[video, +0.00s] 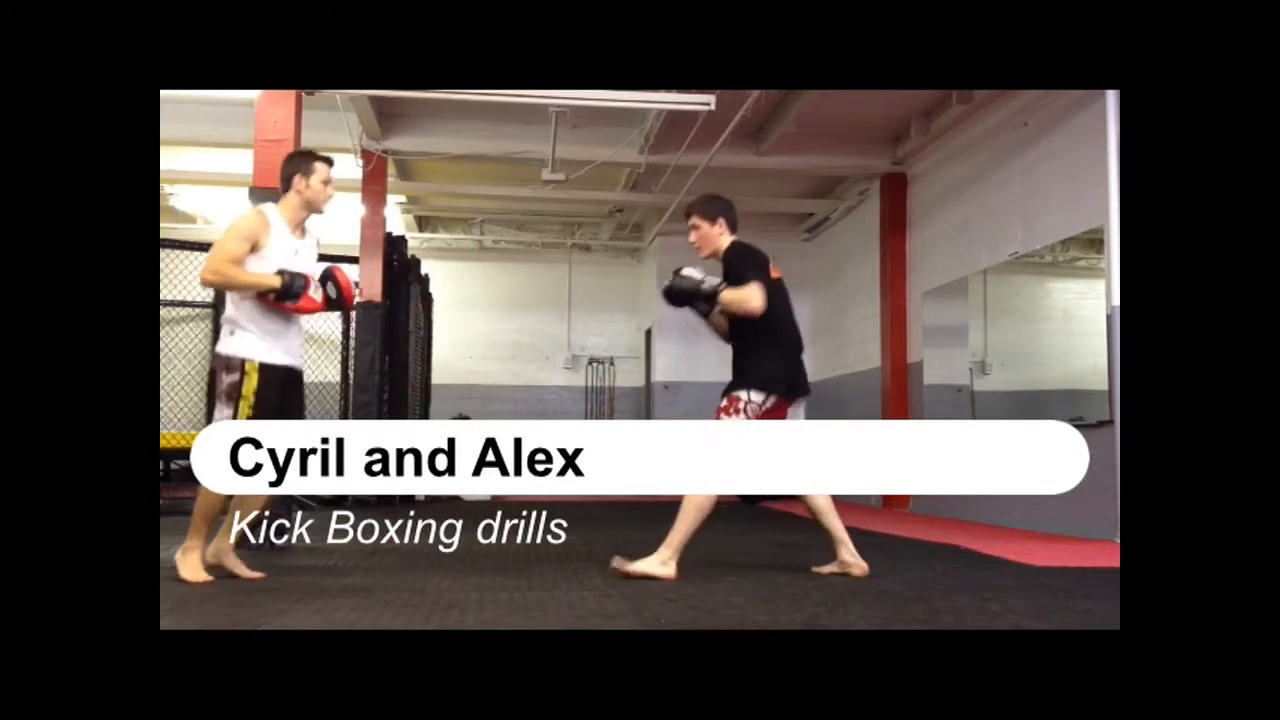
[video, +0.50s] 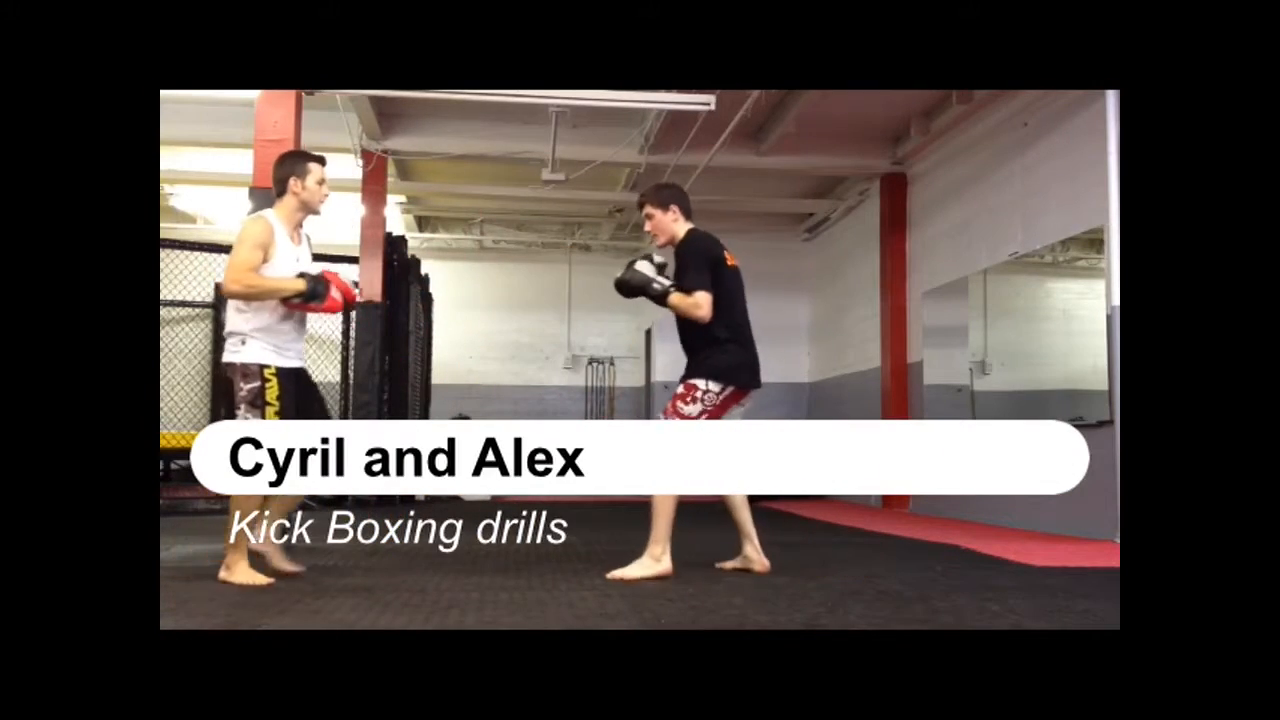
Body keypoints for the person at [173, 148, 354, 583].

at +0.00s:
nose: (331, 191)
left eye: (332, 184)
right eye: (325, 182)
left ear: (305, 186)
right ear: (298, 183)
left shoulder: (307, 239)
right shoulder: (257, 221)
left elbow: (291, 294)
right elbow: (211, 271)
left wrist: (327, 295)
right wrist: (277, 282)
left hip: (286, 361)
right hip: (246, 357)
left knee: (273, 465)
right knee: (228, 458)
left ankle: (224, 546)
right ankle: (192, 547)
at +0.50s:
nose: (327, 191)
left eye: (326, 184)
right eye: (321, 183)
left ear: (301, 187)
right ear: (294, 185)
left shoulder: (300, 237)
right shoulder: (259, 226)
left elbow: (291, 290)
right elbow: (233, 283)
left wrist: (330, 289)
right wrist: (303, 286)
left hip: (289, 362)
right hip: (255, 361)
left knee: (318, 449)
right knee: (257, 459)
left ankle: (266, 535)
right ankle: (235, 560)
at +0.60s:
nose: (330, 187)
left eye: (330, 179)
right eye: (324, 178)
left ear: (303, 183)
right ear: (297, 181)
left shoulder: (302, 233)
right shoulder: (265, 221)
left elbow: (296, 298)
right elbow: (252, 274)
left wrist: (335, 284)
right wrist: (316, 270)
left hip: (297, 361)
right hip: (262, 360)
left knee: (330, 446)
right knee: (257, 459)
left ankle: (313, 543)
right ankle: (235, 560)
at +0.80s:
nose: (347, 192)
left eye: (347, 185)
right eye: (341, 184)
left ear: (321, 189)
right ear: (315, 186)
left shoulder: (324, 238)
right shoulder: (282, 224)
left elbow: (346, 286)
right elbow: (294, 272)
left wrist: (377, 263)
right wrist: (346, 242)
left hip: (316, 365)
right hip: (280, 362)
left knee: (343, 458)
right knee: (266, 463)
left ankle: (357, 552)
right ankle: (236, 560)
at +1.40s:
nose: (383, 196)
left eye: (383, 188)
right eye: (376, 187)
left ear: (357, 192)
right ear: (349, 189)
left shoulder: (366, 239)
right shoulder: (310, 228)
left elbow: (398, 269)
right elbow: (326, 271)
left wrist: (413, 232)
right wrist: (368, 232)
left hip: (365, 367)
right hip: (318, 367)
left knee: (405, 450)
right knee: (292, 464)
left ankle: (418, 541)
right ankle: (259, 558)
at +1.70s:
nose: (422, 202)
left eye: (422, 194)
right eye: (415, 194)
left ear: (399, 198)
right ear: (392, 197)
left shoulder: (401, 242)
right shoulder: (365, 236)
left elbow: (423, 291)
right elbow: (381, 279)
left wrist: (451, 267)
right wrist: (414, 238)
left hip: (398, 369)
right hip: (363, 369)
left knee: (424, 459)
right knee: (342, 463)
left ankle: (423, 549)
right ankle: (271, 542)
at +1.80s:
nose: (435, 207)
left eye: (435, 200)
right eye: (429, 199)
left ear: (402, 203)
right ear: (405, 201)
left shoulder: (380, 240)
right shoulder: (397, 231)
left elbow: (394, 297)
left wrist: (434, 286)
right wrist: (467, 221)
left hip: (386, 367)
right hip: (372, 368)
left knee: (415, 459)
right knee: (343, 463)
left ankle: (422, 548)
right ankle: (273, 541)